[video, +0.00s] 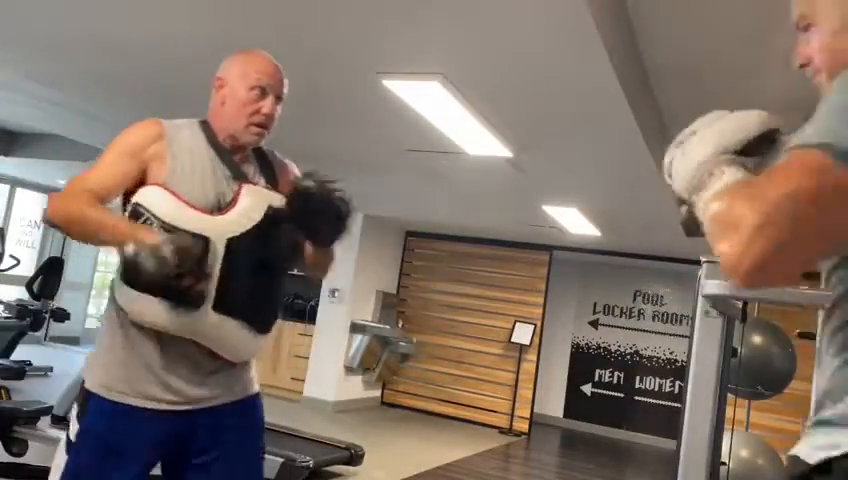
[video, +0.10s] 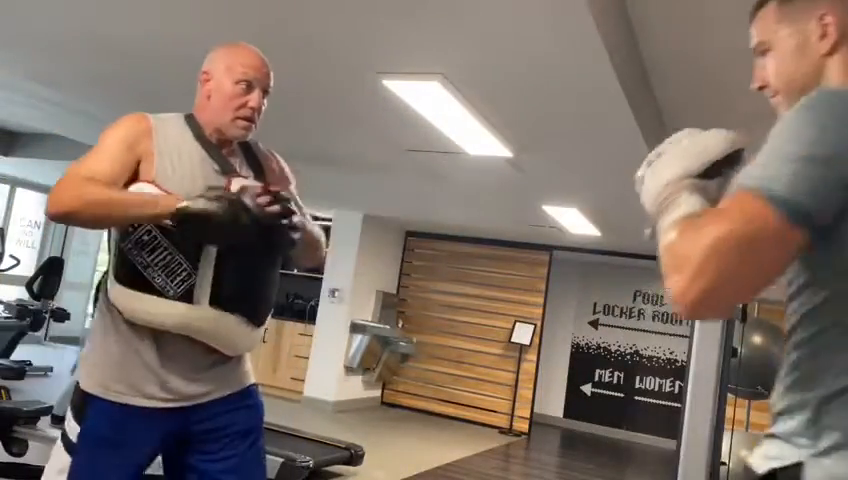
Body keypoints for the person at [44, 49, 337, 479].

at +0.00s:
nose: (270, 109)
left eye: (278, 99)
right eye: (259, 91)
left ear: (282, 108)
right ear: (220, 88)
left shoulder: (281, 174)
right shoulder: (153, 140)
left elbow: (318, 268)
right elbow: (65, 207)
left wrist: (318, 229)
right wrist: (144, 238)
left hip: (229, 402)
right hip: (129, 395)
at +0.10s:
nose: (257, 103)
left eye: (265, 93)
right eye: (246, 85)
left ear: (268, 102)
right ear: (207, 83)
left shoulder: (271, 167)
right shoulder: (140, 134)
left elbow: (313, 258)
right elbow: (64, 201)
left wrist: (287, 215)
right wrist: (175, 206)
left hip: (225, 390)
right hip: (125, 388)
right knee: (93, 473)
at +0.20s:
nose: (253, 102)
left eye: (262, 91)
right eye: (242, 84)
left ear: (266, 100)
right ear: (203, 83)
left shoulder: (263, 163)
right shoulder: (137, 132)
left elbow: (309, 255)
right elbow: (68, 197)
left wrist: (314, 219)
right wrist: (198, 202)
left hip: (222, 395)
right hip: (123, 395)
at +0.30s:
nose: (268, 107)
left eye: (276, 98)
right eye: (256, 89)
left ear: (280, 106)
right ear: (216, 84)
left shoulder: (275, 167)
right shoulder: (148, 132)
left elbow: (320, 250)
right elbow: (70, 202)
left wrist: (340, 209)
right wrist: (191, 223)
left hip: (219, 398)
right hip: (123, 391)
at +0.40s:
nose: (295, 117)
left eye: (302, 107)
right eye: (285, 99)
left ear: (305, 115)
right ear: (243, 90)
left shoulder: (290, 175)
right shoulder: (169, 131)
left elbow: (335, 257)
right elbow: (75, 197)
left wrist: (365, 202)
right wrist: (157, 263)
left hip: (221, 402)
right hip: (125, 395)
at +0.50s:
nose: (321, 119)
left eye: (327, 110)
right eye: (312, 101)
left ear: (327, 118)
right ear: (269, 91)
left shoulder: (309, 180)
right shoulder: (194, 127)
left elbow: (354, 262)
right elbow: (87, 186)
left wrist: (392, 198)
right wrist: (113, 286)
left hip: (232, 410)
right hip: (137, 400)